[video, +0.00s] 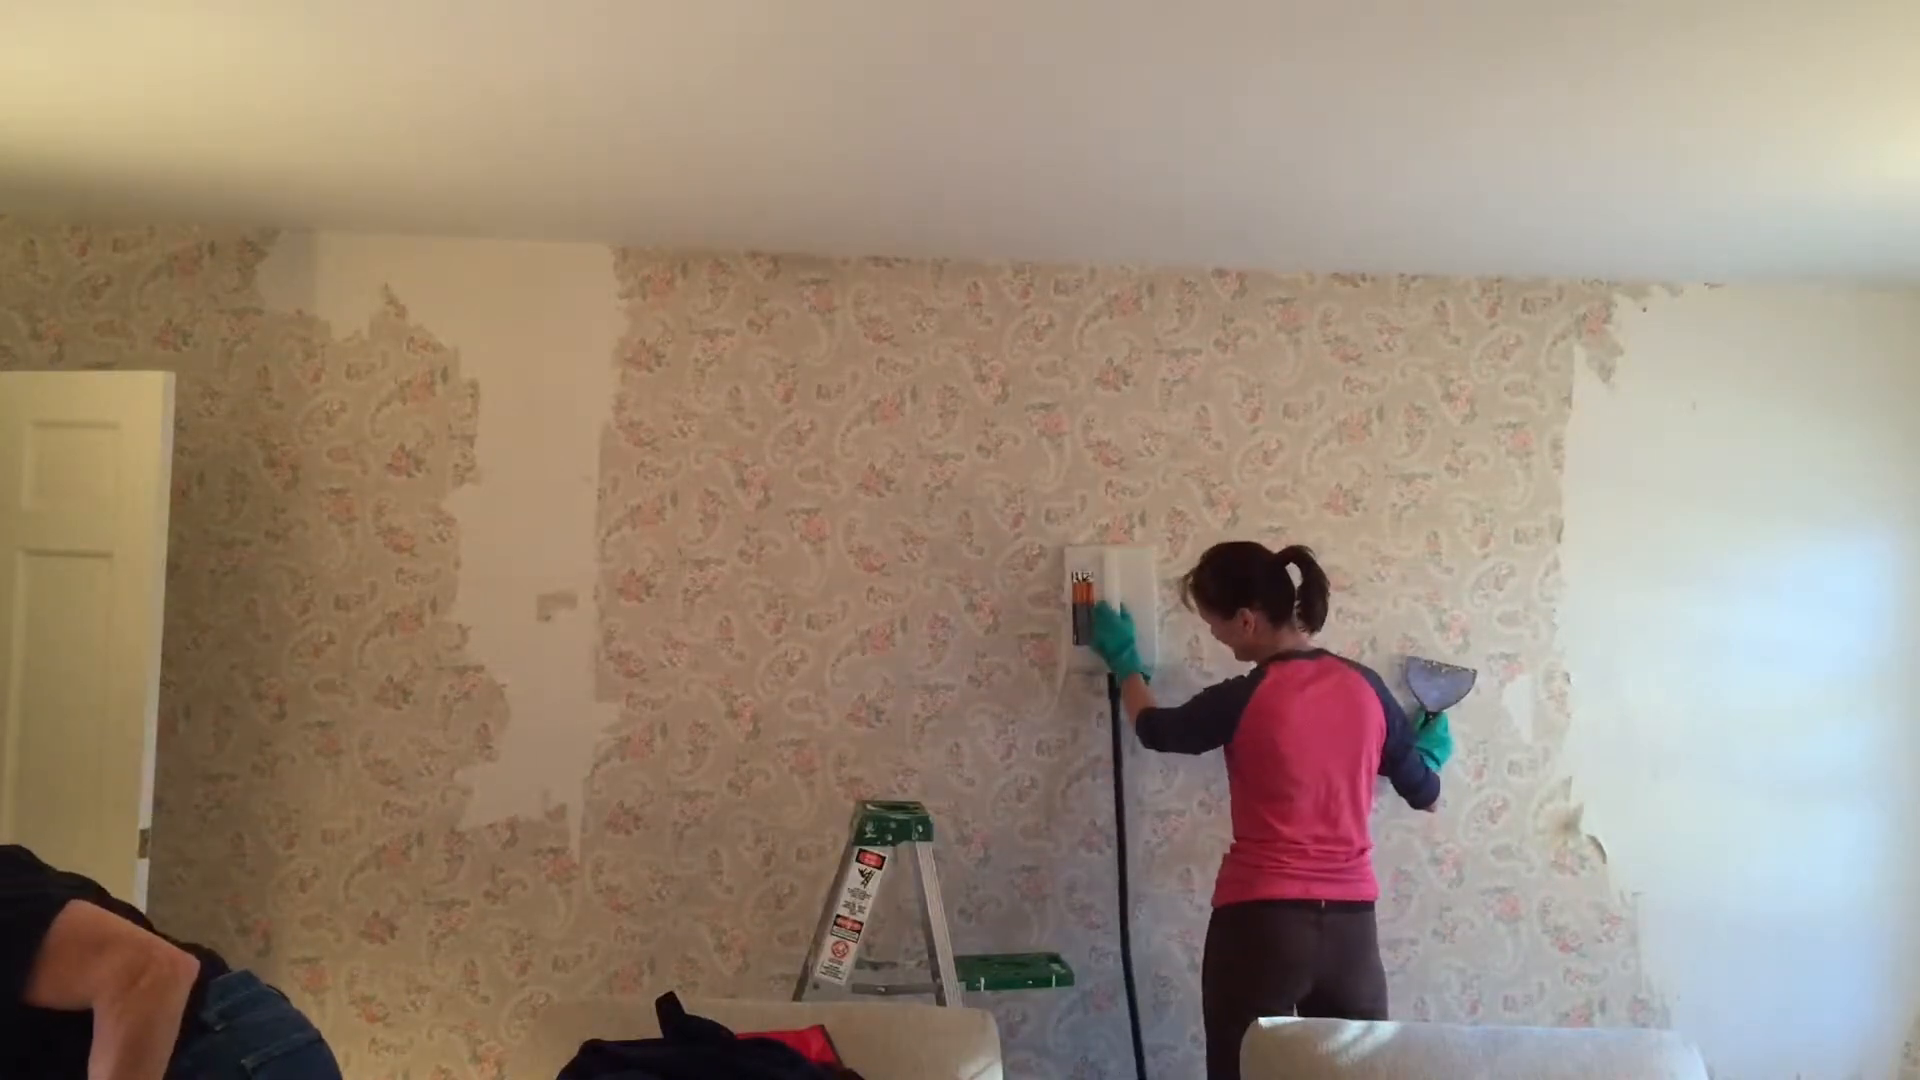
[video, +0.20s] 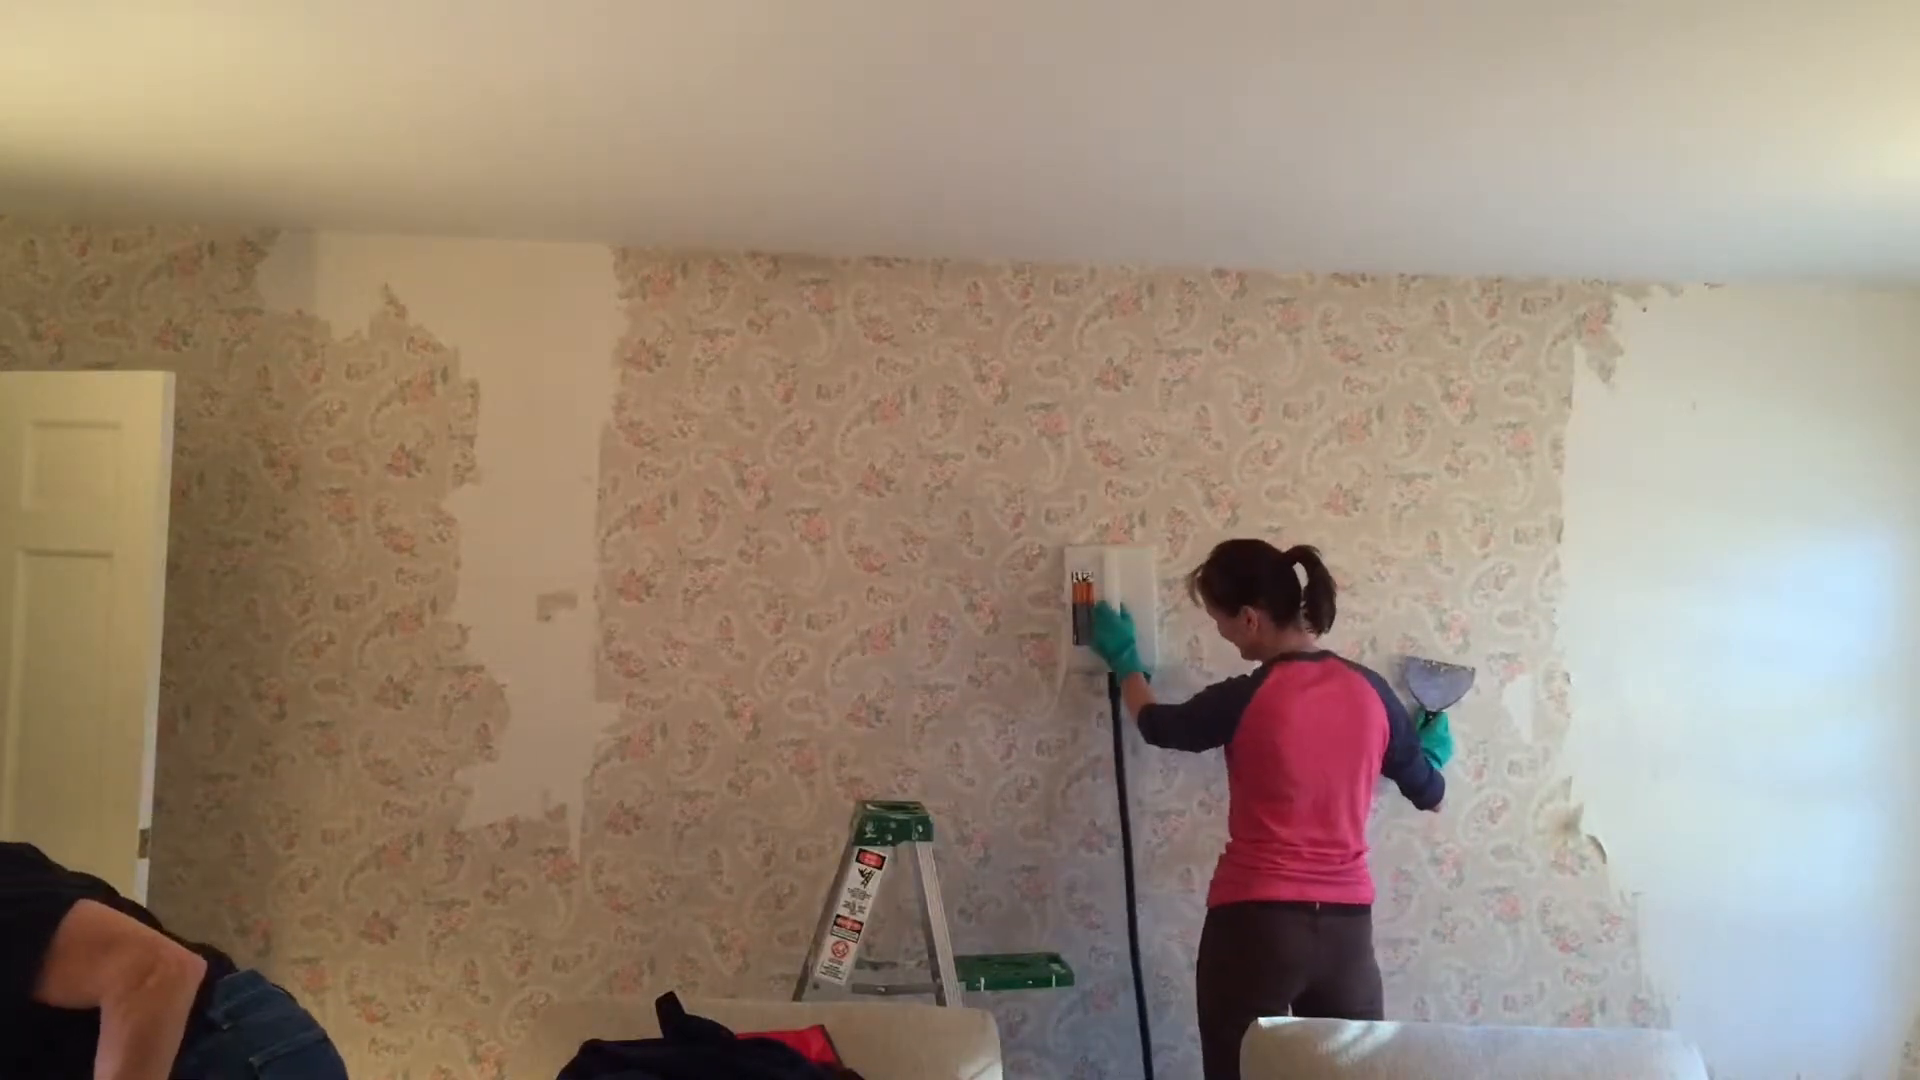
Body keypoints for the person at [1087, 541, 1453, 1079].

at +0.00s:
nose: (1214, 635)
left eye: (1213, 622)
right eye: (1208, 622)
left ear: (1247, 620)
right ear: (1285, 611)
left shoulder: (1245, 696)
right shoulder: (1367, 689)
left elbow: (1154, 729)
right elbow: (1423, 791)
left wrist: (1125, 664)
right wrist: (1432, 752)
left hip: (1259, 932)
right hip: (1351, 933)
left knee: (1240, 1074)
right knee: (1362, 1076)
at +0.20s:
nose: (1219, 631)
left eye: (1218, 618)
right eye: (1215, 618)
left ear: (1251, 618)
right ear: (1296, 608)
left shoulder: (1247, 696)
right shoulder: (1372, 693)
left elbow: (1155, 724)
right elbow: (1428, 792)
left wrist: (1125, 662)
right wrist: (1434, 753)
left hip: (1253, 934)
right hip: (1345, 935)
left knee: (1236, 1075)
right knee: (1357, 1077)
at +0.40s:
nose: (1226, 629)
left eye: (1224, 616)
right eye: (1221, 616)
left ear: (1256, 615)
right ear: (1302, 605)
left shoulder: (1246, 693)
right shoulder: (1373, 694)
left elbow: (1154, 724)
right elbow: (1428, 793)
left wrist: (1124, 662)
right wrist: (1435, 754)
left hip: (1250, 934)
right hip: (1344, 936)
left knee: (1235, 1075)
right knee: (1357, 1076)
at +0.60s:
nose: (1224, 622)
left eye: (1227, 607)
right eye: (1221, 608)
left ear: (1267, 607)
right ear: (1298, 604)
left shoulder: (1246, 691)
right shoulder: (1377, 694)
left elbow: (1154, 725)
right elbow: (1430, 794)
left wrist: (1123, 661)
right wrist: (1435, 753)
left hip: (1252, 933)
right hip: (1348, 934)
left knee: (1239, 1074)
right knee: (1364, 1076)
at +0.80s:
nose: (1238, 622)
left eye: (1240, 606)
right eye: (1235, 608)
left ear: (1278, 606)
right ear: (1308, 604)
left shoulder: (1252, 688)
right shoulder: (1386, 691)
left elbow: (1156, 727)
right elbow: (1443, 796)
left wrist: (1123, 662)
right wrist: (1435, 741)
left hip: (1262, 933)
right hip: (1362, 935)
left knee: (1248, 1075)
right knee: (1385, 1075)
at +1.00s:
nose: (1262, 617)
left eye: (1266, 600)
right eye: (1261, 601)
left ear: (1310, 605)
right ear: (1319, 603)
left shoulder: (1276, 686)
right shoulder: (1415, 693)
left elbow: (1167, 723)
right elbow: (1473, 815)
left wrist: (1123, 657)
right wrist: (1455, 766)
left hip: (1280, 934)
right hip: (1383, 939)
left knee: (1262, 1073)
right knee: (1419, 1076)